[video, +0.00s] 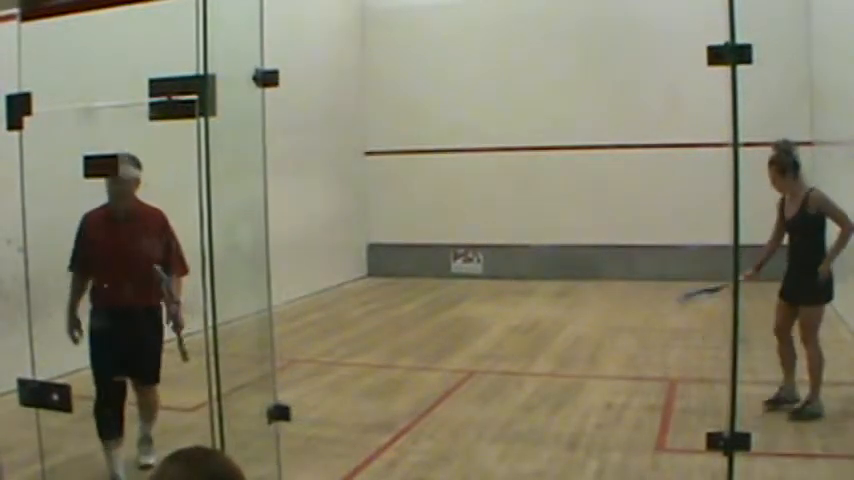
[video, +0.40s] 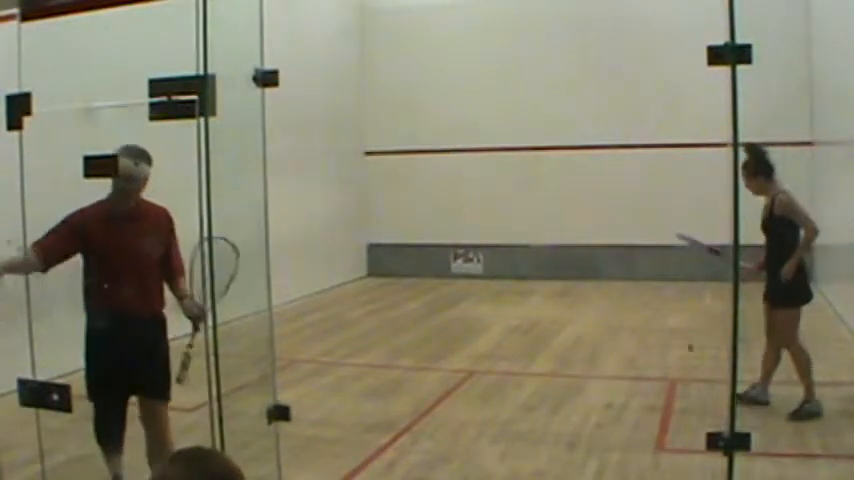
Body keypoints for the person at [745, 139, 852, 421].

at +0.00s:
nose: (771, 181)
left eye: (773, 175)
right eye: (770, 175)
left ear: (786, 174)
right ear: (783, 175)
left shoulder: (815, 198)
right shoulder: (784, 203)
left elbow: (846, 226)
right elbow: (776, 239)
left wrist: (828, 261)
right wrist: (757, 267)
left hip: (815, 275)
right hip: (794, 274)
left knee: (808, 336)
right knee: (781, 330)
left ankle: (814, 398)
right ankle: (788, 388)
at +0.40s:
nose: (747, 186)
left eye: (749, 181)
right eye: (746, 182)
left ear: (761, 177)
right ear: (761, 177)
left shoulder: (783, 200)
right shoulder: (771, 202)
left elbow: (811, 229)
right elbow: (777, 241)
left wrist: (793, 262)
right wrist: (762, 264)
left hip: (789, 281)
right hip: (774, 280)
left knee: (789, 339)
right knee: (773, 337)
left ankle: (810, 398)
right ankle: (761, 388)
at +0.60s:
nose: (738, 185)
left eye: (739, 180)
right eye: (737, 180)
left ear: (747, 177)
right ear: (753, 175)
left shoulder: (770, 199)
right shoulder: (762, 200)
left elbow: (795, 230)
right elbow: (767, 238)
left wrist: (776, 262)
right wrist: (754, 262)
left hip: (771, 277)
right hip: (766, 275)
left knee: (757, 336)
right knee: (768, 336)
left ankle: (792, 387)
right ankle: (761, 387)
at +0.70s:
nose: (735, 186)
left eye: (735, 181)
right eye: (734, 181)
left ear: (743, 178)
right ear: (750, 175)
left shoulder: (765, 199)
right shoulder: (757, 201)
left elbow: (790, 229)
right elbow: (764, 238)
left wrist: (772, 260)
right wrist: (751, 262)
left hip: (766, 277)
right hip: (765, 275)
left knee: (749, 332)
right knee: (768, 332)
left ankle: (767, 386)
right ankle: (764, 384)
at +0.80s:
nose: (727, 186)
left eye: (728, 180)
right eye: (726, 180)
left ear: (738, 176)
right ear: (745, 174)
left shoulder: (760, 198)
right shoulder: (754, 200)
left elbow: (787, 227)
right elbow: (759, 238)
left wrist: (768, 260)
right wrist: (749, 264)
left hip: (762, 276)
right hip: (762, 274)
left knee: (748, 332)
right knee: (766, 332)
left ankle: (749, 392)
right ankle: (761, 388)